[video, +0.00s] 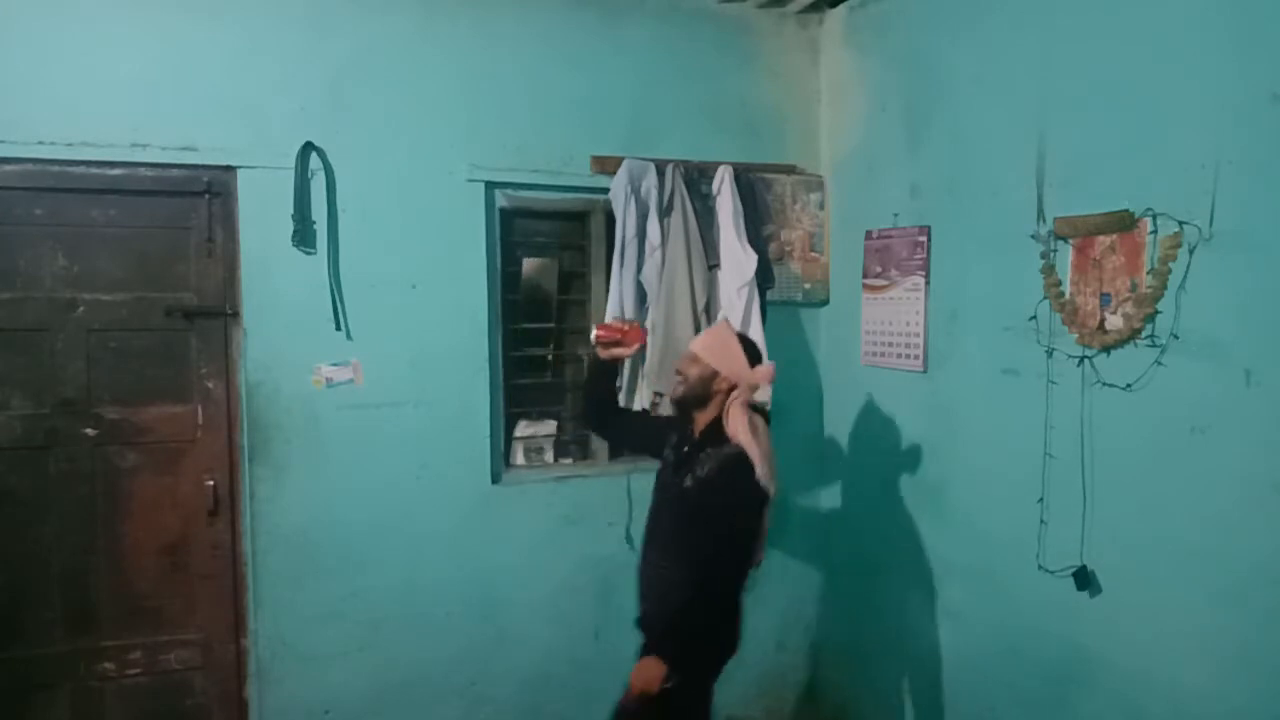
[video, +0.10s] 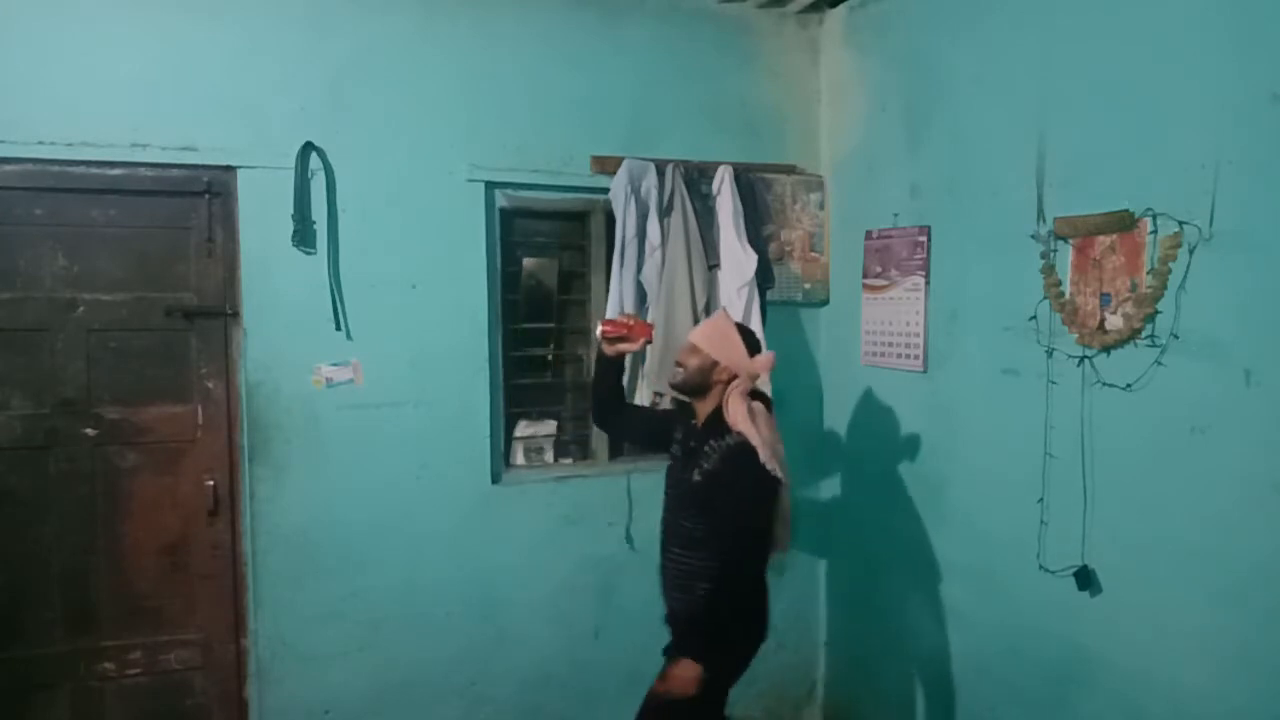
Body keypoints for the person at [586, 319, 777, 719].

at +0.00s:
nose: (679, 365)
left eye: (694, 360)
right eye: (686, 356)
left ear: (725, 382)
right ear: (720, 382)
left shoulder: (738, 463)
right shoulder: (680, 434)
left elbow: (718, 577)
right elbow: (602, 417)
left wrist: (664, 653)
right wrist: (605, 363)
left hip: (697, 636)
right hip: (663, 627)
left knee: (634, 710)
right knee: (683, 713)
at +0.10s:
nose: (679, 354)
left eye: (695, 350)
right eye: (687, 344)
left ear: (725, 373)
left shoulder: (747, 451)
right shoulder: (685, 426)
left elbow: (741, 565)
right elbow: (610, 416)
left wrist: (696, 655)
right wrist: (610, 357)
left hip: (723, 625)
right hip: (689, 615)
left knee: (657, 711)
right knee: (701, 713)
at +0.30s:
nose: (688, 355)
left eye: (703, 349)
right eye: (695, 345)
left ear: (734, 370)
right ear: (728, 371)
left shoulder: (759, 448)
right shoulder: (697, 427)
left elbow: (772, 565)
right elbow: (623, 428)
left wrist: (762, 673)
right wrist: (612, 369)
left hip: (736, 636)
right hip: (698, 630)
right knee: (696, 707)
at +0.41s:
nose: (698, 366)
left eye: (712, 358)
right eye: (702, 355)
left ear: (747, 376)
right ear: (743, 377)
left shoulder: (774, 460)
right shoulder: (705, 436)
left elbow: (783, 577)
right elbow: (628, 428)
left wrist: (766, 682)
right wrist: (619, 368)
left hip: (735, 641)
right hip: (688, 634)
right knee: (683, 709)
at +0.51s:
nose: (709, 374)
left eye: (724, 366)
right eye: (712, 363)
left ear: (759, 385)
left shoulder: (789, 476)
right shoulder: (705, 443)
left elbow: (789, 590)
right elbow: (630, 426)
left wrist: (760, 688)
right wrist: (632, 361)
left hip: (736, 647)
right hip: (678, 638)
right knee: (676, 710)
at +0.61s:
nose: (720, 374)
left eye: (736, 364)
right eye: (721, 363)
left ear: (767, 382)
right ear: (716, 371)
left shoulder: (791, 475)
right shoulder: (705, 442)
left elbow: (792, 589)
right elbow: (632, 423)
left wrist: (770, 684)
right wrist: (645, 355)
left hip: (739, 643)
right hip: (680, 634)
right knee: (676, 709)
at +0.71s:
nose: (711, 360)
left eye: (725, 353)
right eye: (716, 350)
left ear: (756, 371)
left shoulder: (791, 462)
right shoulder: (699, 431)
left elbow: (804, 572)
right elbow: (628, 416)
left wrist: (787, 666)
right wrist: (647, 350)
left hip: (751, 637)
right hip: (690, 627)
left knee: (733, 712)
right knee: (685, 711)